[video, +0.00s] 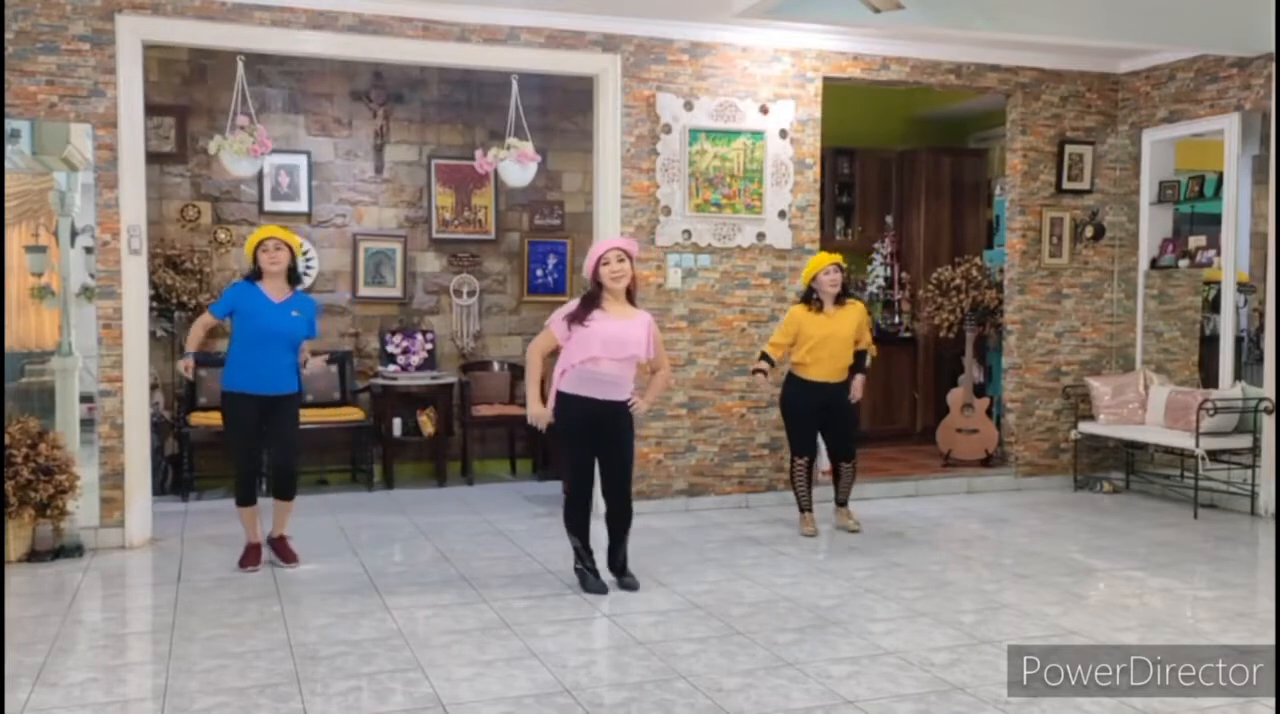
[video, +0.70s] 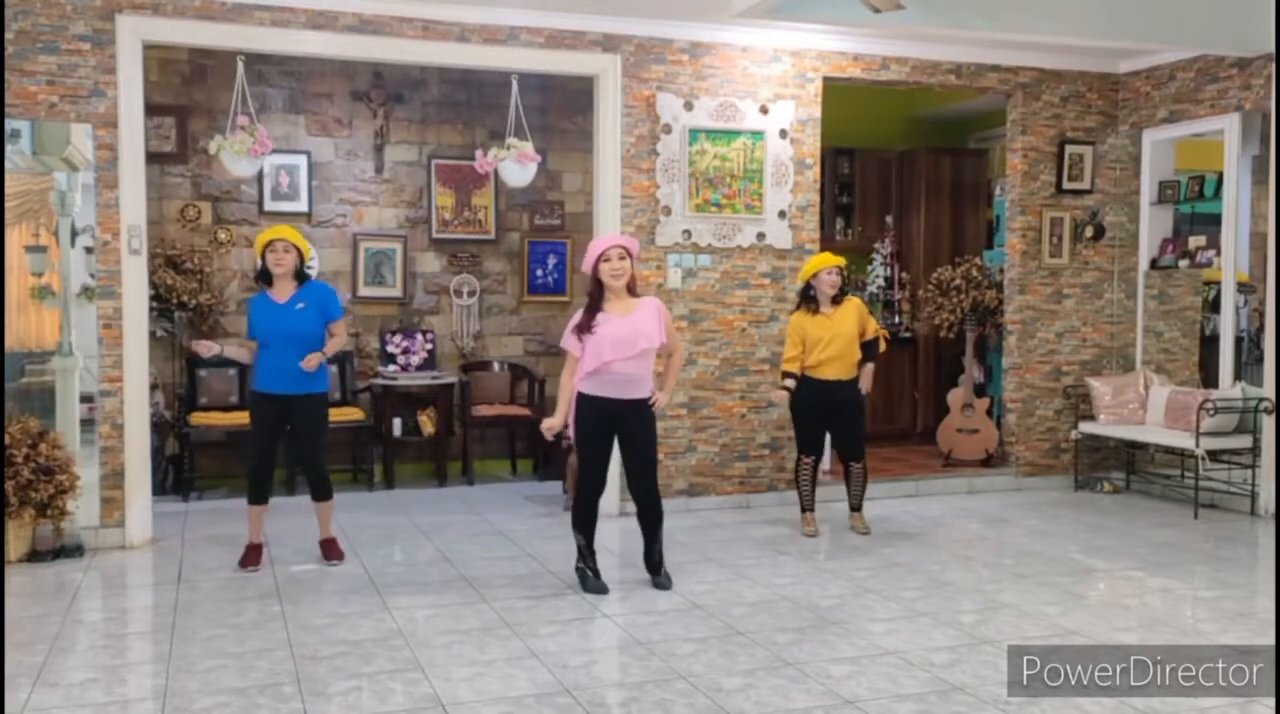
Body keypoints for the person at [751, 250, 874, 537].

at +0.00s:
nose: (834, 277)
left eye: (837, 272)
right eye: (826, 273)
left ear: (843, 277)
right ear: (813, 281)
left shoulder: (855, 310)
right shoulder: (799, 313)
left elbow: (864, 346)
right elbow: (778, 344)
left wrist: (859, 375)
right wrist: (764, 363)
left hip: (837, 391)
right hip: (800, 390)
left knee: (845, 453)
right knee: (803, 453)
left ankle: (842, 509)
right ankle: (806, 514)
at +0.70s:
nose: (835, 278)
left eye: (838, 273)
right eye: (828, 273)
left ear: (842, 279)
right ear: (813, 280)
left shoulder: (854, 307)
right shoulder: (800, 318)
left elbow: (872, 337)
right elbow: (792, 357)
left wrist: (868, 369)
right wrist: (788, 385)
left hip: (847, 389)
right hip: (809, 390)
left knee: (853, 454)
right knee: (808, 454)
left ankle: (856, 512)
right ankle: (808, 513)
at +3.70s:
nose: (857, 275)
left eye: (860, 270)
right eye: (849, 271)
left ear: (865, 276)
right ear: (836, 280)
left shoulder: (875, 309)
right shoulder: (825, 315)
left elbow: (893, 339)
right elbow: (815, 357)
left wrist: (889, 370)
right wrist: (821, 388)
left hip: (869, 387)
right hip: (835, 387)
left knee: (866, 453)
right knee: (838, 453)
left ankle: (858, 512)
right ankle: (834, 512)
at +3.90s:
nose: (858, 274)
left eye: (861, 269)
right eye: (851, 270)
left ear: (866, 276)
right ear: (837, 278)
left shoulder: (877, 309)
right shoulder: (825, 315)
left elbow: (895, 340)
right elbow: (816, 357)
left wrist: (890, 370)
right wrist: (825, 388)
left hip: (869, 388)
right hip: (835, 387)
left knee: (866, 452)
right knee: (834, 453)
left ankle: (858, 512)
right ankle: (832, 512)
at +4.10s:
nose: (855, 273)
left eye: (859, 269)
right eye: (848, 268)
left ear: (865, 276)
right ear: (835, 277)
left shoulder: (876, 310)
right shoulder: (822, 313)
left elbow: (892, 342)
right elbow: (810, 356)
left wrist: (886, 374)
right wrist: (817, 387)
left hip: (864, 389)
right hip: (829, 388)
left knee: (863, 453)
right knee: (825, 453)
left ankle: (858, 513)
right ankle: (818, 511)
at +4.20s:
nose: (852, 274)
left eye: (856, 270)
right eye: (845, 269)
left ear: (862, 277)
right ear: (832, 277)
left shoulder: (873, 312)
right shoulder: (818, 313)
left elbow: (888, 343)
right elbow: (805, 355)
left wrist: (882, 374)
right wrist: (807, 388)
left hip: (860, 390)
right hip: (825, 389)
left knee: (860, 453)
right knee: (819, 454)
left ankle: (857, 513)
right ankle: (808, 514)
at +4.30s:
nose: (847, 273)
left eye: (852, 269)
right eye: (841, 268)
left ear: (858, 278)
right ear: (828, 276)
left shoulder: (867, 312)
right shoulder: (812, 312)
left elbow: (882, 345)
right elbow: (797, 354)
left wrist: (875, 375)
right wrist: (795, 387)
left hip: (853, 390)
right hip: (817, 388)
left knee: (855, 453)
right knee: (812, 454)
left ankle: (856, 513)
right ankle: (806, 514)